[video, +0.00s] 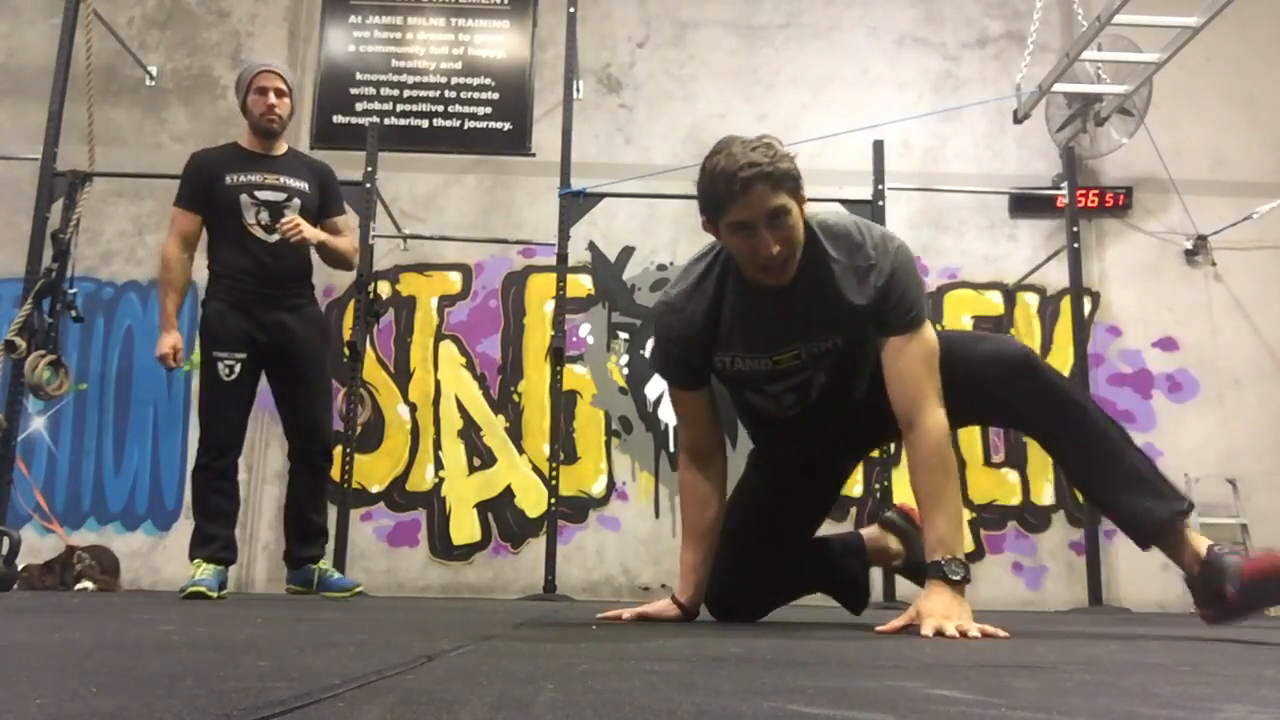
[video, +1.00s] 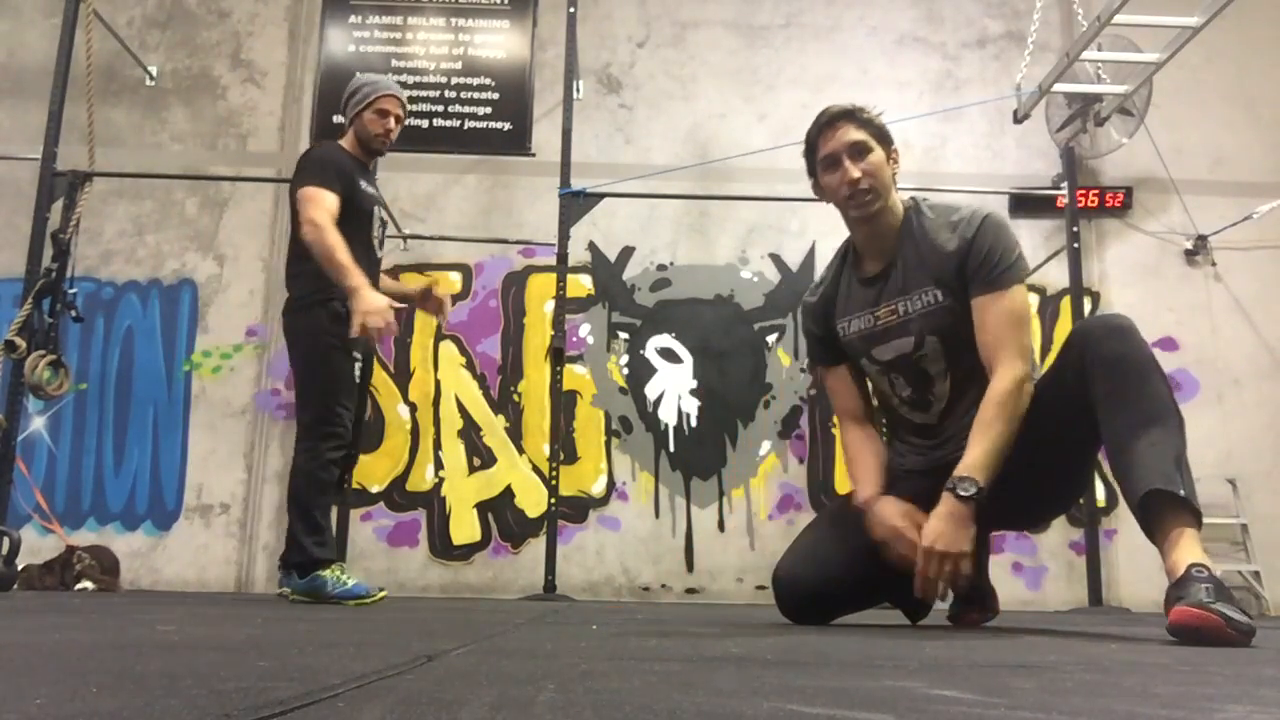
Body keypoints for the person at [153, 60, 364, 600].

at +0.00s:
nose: (272, 101)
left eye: (280, 94)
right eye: (261, 93)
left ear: (292, 107)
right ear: (242, 105)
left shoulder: (317, 174)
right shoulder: (209, 166)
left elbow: (349, 255)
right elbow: (179, 246)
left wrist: (316, 235)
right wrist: (170, 326)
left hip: (298, 323)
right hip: (231, 320)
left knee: (314, 445)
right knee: (218, 446)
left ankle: (305, 565)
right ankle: (211, 563)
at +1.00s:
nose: (389, 126)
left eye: (397, 120)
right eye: (380, 114)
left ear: (398, 129)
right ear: (352, 115)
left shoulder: (363, 180)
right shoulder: (325, 159)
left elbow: (363, 269)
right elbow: (314, 227)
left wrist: (413, 292)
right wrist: (359, 289)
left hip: (346, 317)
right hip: (322, 314)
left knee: (340, 435)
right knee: (326, 435)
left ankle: (311, 563)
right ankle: (306, 566)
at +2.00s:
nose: (417, 165)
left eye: (424, 158)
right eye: (417, 152)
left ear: (397, 139)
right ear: (391, 132)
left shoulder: (365, 180)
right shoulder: (341, 156)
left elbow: (351, 274)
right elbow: (319, 222)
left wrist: (355, 340)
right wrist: (319, 305)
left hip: (332, 325)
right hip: (300, 315)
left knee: (331, 445)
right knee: (291, 440)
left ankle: (307, 561)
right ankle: (266, 567)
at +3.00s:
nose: (392, 123)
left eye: (395, 114)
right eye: (383, 112)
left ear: (376, 118)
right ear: (350, 109)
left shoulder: (356, 173)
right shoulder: (314, 157)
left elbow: (366, 264)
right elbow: (313, 233)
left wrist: (398, 324)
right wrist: (331, 307)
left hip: (356, 324)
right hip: (321, 319)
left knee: (331, 448)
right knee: (303, 440)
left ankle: (305, 563)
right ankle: (267, 565)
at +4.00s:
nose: (387, 130)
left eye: (389, 121)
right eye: (379, 119)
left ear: (367, 123)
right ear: (347, 115)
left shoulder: (349, 176)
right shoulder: (309, 160)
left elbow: (358, 263)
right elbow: (308, 236)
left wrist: (392, 323)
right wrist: (336, 310)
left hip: (347, 325)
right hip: (314, 321)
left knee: (324, 448)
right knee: (293, 440)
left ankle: (303, 563)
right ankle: (263, 566)